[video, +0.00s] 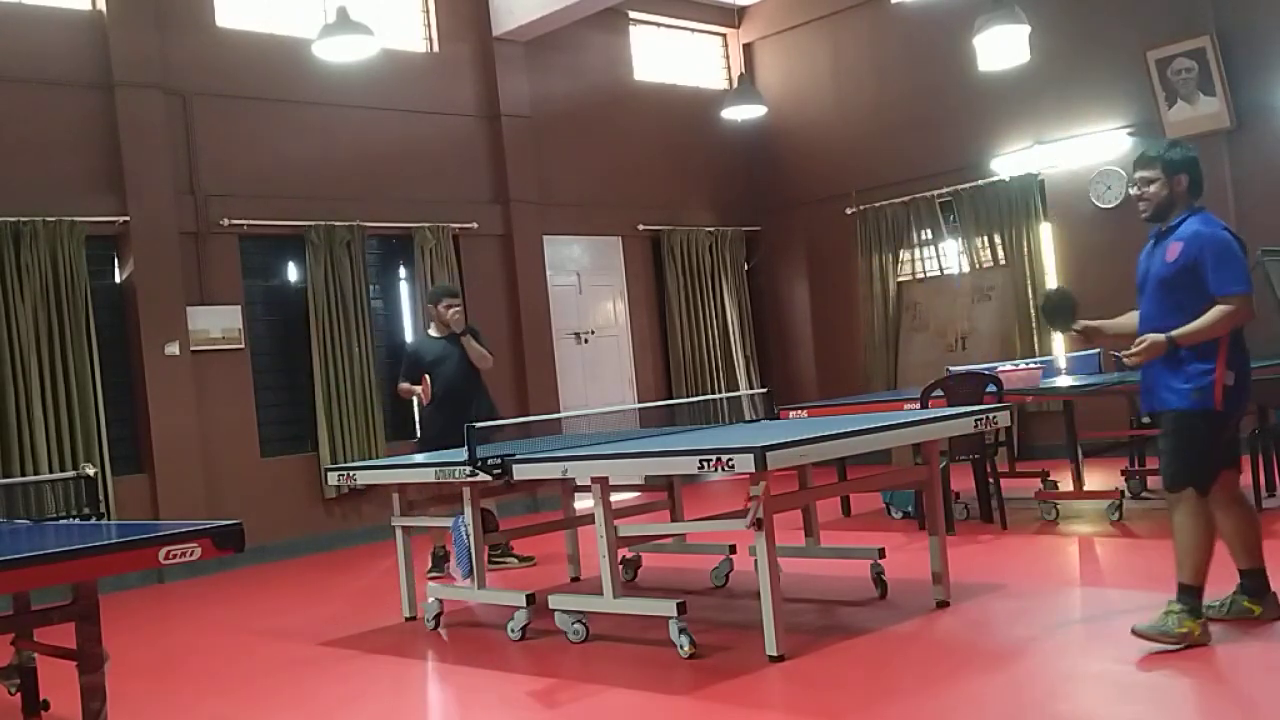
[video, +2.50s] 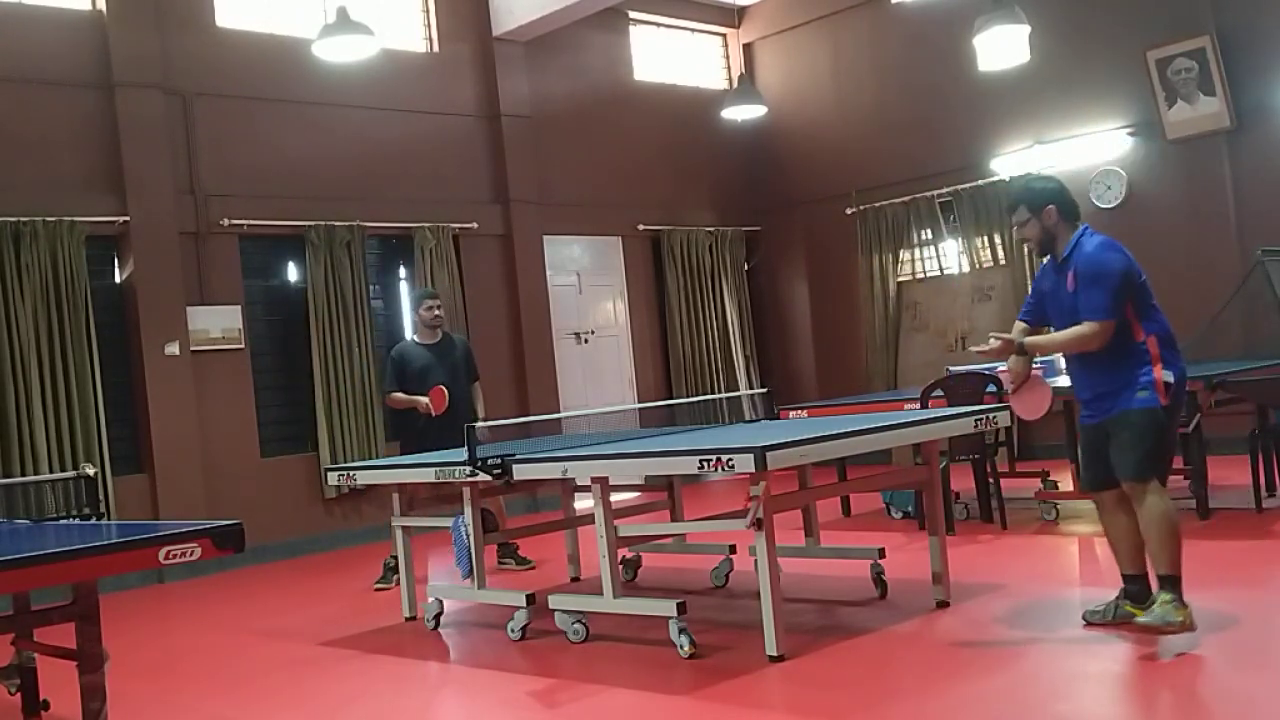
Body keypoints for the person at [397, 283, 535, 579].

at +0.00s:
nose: (456, 312)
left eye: (458, 307)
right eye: (449, 307)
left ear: (463, 309)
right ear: (433, 310)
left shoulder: (469, 335)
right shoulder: (418, 347)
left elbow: (486, 363)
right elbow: (402, 386)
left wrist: (461, 333)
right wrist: (417, 391)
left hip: (476, 424)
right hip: (438, 430)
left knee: (485, 486)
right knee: (440, 493)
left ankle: (495, 546)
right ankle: (440, 552)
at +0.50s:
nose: (434, 316)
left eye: (436, 311)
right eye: (427, 312)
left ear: (440, 312)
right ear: (413, 314)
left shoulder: (448, 339)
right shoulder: (393, 350)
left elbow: (467, 371)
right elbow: (381, 389)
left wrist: (435, 352)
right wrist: (400, 404)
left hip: (452, 426)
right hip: (417, 431)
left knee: (457, 490)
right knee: (427, 493)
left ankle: (460, 546)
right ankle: (437, 549)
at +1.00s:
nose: (423, 314)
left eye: (426, 309)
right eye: (417, 310)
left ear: (431, 312)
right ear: (402, 315)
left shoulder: (445, 344)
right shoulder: (387, 350)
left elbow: (459, 379)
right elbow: (369, 387)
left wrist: (458, 407)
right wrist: (383, 398)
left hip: (439, 435)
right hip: (402, 438)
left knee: (440, 494)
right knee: (398, 499)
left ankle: (435, 549)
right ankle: (391, 561)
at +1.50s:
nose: (423, 314)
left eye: (425, 309)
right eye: (415, 311)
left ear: (430, 312)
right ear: (402, 318)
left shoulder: (450, 343)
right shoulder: (390, 357)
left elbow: (465, 380)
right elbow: (378, 398)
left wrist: (469, 412)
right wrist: (398, 405)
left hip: (452, 437)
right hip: (410, 444)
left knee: (478, 494)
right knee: (401, 502)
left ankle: (503, 549)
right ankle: (390, 562)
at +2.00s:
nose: (446, 312)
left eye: (449, 307)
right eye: (439, 308)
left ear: (454, 311)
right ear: (425, 315)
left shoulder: (471, 345)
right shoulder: (410, 353)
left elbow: (491, 380)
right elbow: (399, 395)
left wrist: (482, 404)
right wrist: (420, 403)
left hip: (470, 437)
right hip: (429, 442)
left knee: (495, 489)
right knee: (410, 501)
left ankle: (507, 548)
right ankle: (395, 561)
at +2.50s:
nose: (436, 313)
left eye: (439, 308)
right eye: (430, 309)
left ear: (444, 311)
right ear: (417, 314)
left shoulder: (459, 345)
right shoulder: (401, 353)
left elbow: (474, 384)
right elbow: (391, 397)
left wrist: (481, 419)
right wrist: (415, 401)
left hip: (461, 438)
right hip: (419, 441)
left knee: (489, 489)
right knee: (405, 501)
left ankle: (505, 548)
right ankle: (395, 561)